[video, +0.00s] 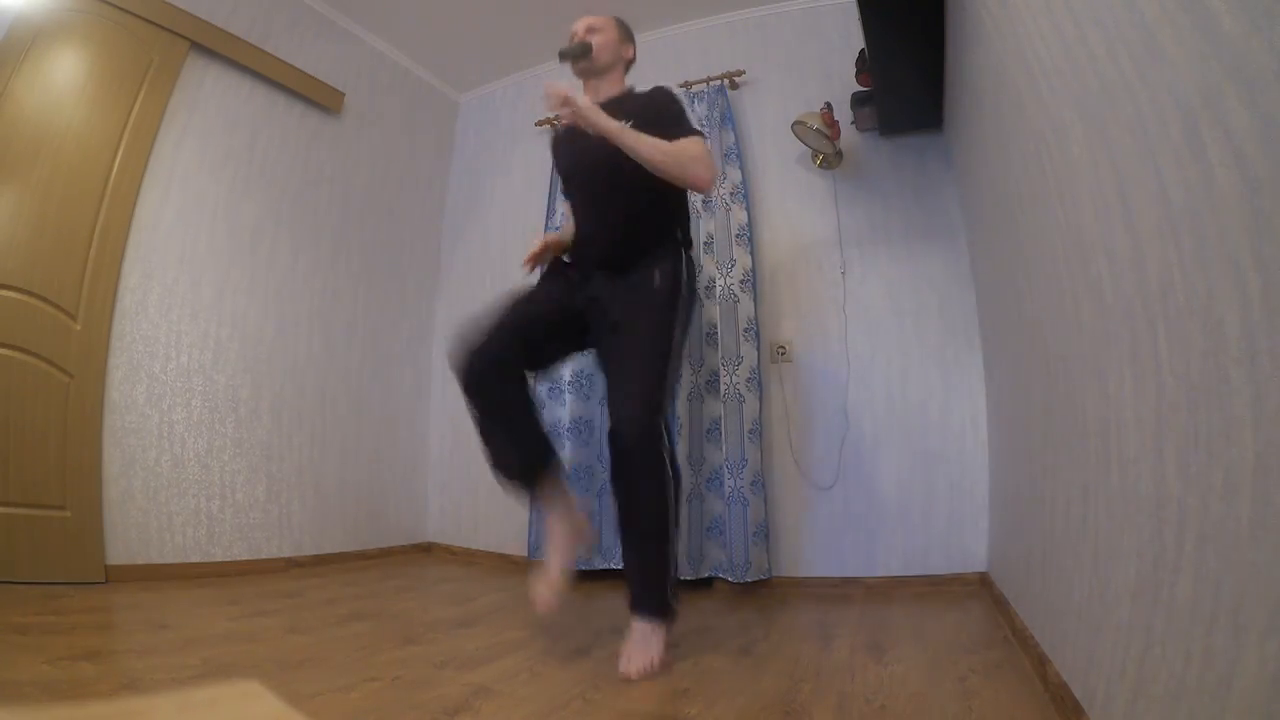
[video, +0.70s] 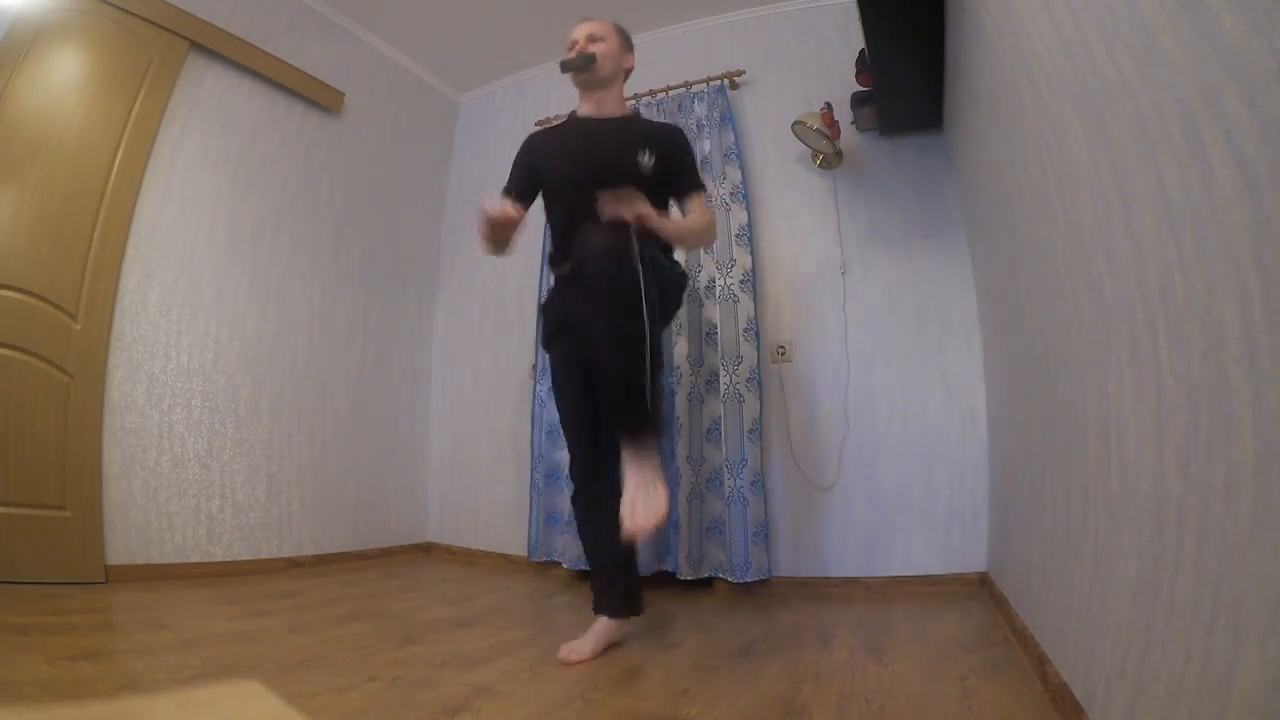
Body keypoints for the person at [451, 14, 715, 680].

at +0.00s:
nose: (578, 39)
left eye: (593, 30)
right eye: (571, 35)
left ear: (627, 49)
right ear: (569, 59)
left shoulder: (657, 105)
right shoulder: (567, 133)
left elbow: (702, 172)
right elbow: (593, 211)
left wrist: (601, 124)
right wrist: (560, 241)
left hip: (648, 285)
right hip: (582, 283)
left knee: (633, 430)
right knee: (484, 361)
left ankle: (650, 613)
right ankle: (558, 508)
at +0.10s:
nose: (582, 36)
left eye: (597, 28)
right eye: (576, 33)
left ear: (630, 49)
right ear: (570, 60)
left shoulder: (667, 116)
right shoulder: (554, 131)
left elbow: (707, 198)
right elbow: (543, 207)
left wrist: (626, 179)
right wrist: (534, 228)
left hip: (646, 258)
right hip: (574, 272)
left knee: (609, 317)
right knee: (572, 435)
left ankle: (639, 525)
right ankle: (604, 600)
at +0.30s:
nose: (575, 35)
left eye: (590, 26)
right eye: (570, 31)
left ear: (624, 46)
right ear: (565, 56)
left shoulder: (663, 109)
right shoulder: (553, 131)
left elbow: (718, 184)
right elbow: (525, 222)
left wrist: (660, 197)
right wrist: (517, 180)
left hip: (649, 262)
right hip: (580, 275)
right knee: (541, 413)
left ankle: (622, 532)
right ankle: (587, 577)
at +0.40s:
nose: (572, 40)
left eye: (588, 32)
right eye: (566, 37)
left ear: (622, 54)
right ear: (562, 65)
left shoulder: (655, 114)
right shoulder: (563, 139)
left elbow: (713, 191)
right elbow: (574, 233)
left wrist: (617, 162)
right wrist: (534, 235)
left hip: (642, 292)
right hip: (577, 288)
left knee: (640, 459)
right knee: (467, 307)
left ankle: (646, 622)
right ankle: (543, 460)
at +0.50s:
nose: (574, 51)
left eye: (590, 42)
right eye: (568, 47)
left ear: (626, 62)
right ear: (561, 69)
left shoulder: (650, 117)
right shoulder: (566, 149)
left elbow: (682, 185)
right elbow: (583, 247)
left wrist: (592, 121)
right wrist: (541, 249)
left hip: (644, 304)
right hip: (579, 294)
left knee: (638, 460)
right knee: (470, 294)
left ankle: (639, 619)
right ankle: (534, 468)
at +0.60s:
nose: (579, 30)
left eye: (594, 22)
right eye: (572, 27)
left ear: (626, 44)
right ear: (565, 53)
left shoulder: (660, 107)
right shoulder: (554, 123)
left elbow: (706, 188)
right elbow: (551, 196)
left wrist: (613, 142)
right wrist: (542, 224)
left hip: (642, 268)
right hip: (570, 274)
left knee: (625, 396)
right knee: (535, 425)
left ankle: (638, 571)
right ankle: (581, 574)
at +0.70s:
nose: (581, 43)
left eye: (597, 36)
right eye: (573, 40)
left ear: (628, 61)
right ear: (565, 69)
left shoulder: (662, 139)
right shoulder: (543, 143)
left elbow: (703, 229)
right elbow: (500, 243)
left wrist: (652, 218)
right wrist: (491, 226)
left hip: (649, 284)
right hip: (574, 295)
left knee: (604, 248)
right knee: (589, 455)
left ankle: (637, 444)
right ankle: (615, 606)